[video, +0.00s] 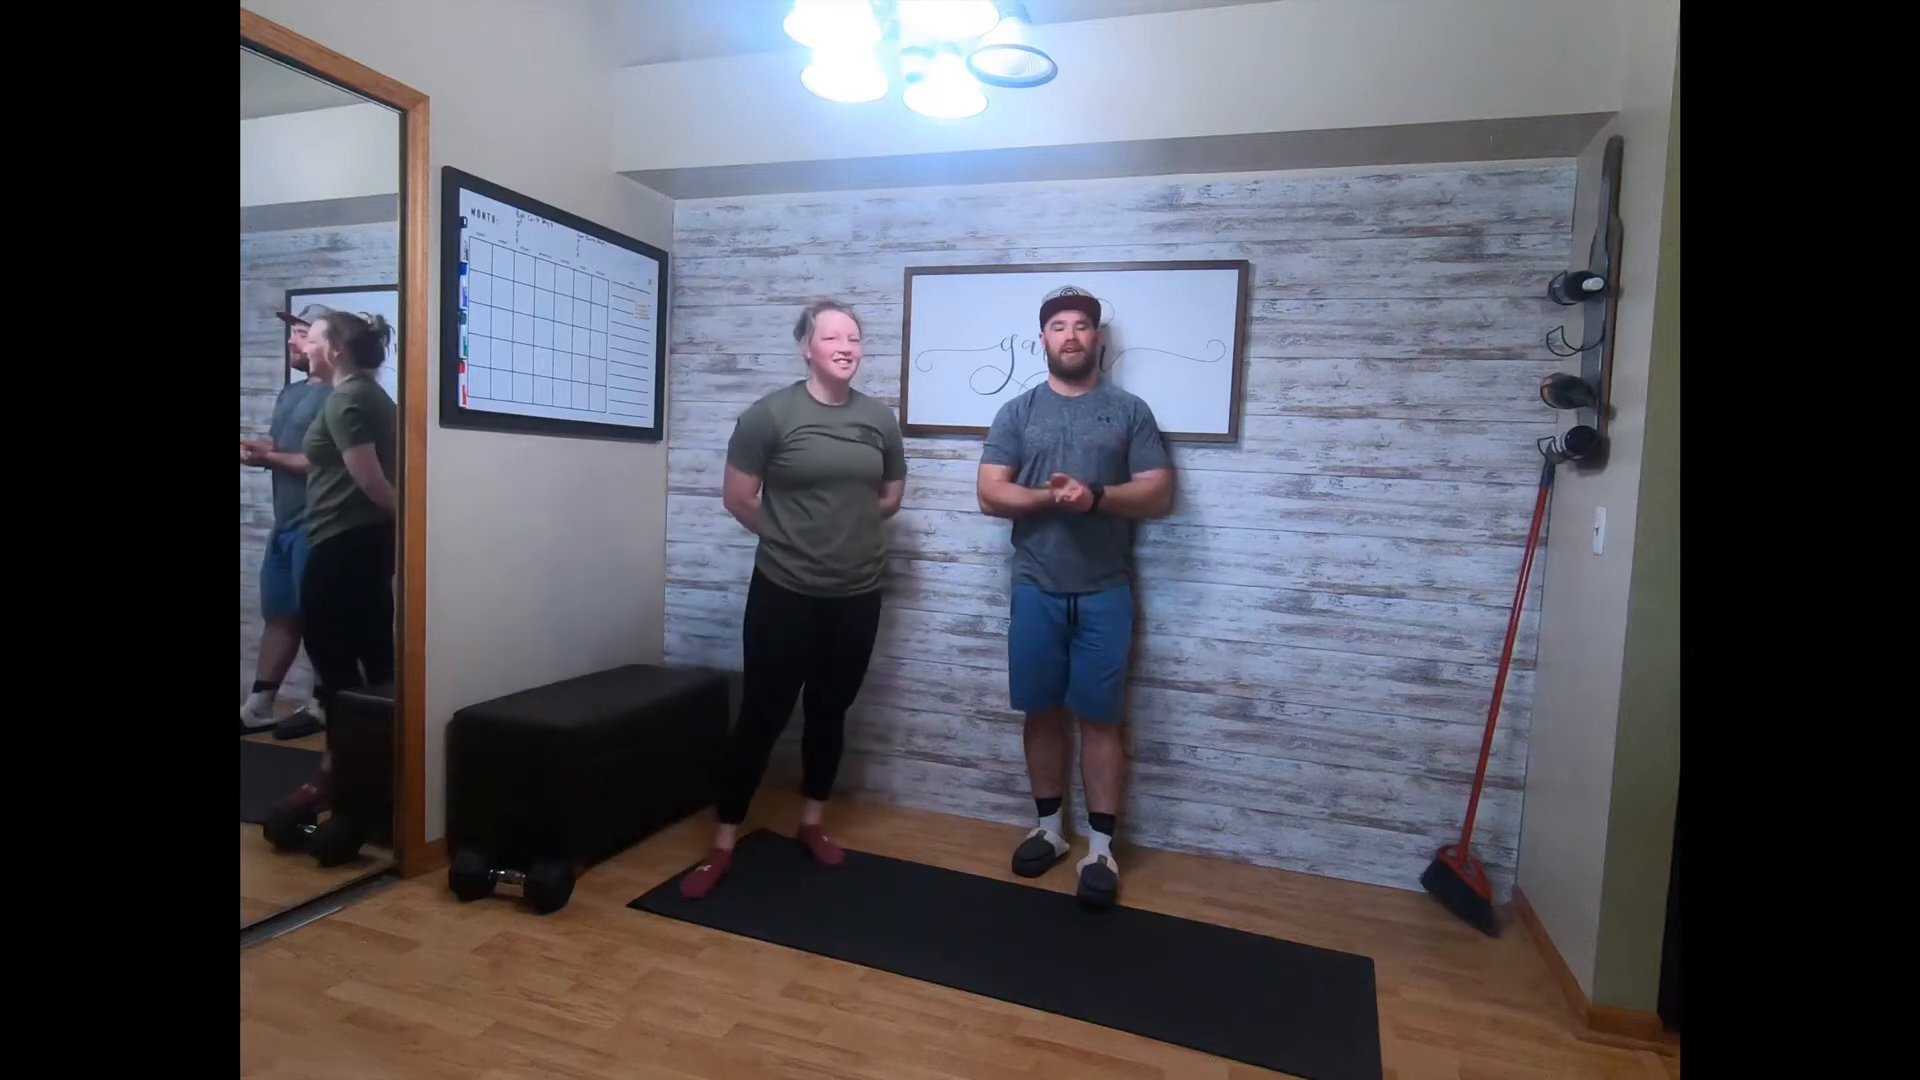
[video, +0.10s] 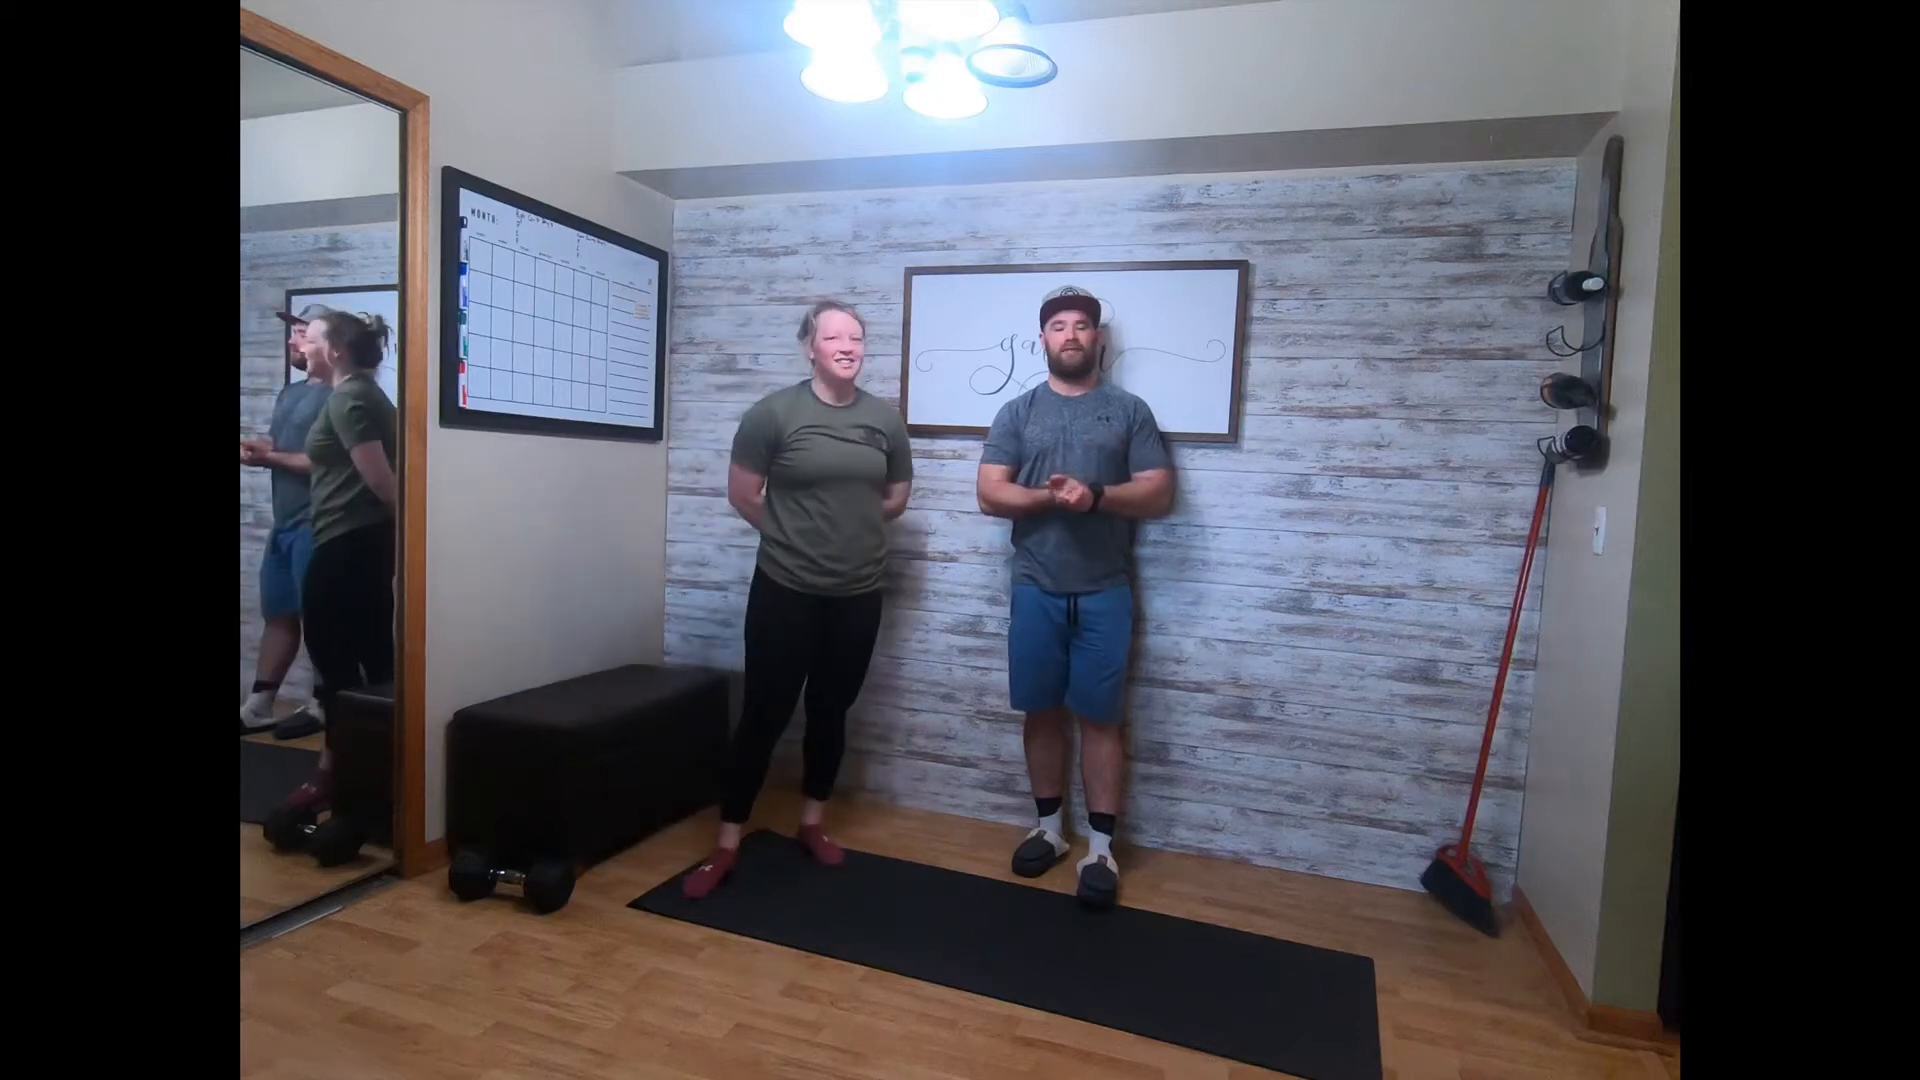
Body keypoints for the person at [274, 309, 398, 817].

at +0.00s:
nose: (312, 347)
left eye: (318, 340)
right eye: (315, 339)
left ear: (337, 351)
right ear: (362, 354)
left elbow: (370, 477)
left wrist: (410, 513)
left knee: (326, 646)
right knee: (377, 644)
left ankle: (347, 756)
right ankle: (390, 749)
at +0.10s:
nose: (309, 347)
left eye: (316, 340)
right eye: (312, 339)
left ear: (336, 352)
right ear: (357, 354)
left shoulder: (349, 399)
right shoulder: (366, 396)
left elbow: (382, 479)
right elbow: (326, 462)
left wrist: (419, 519)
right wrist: (271, 456)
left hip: (347, 542)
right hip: (370, 538)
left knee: (329, 648)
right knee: (376, 648)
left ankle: (341, 766)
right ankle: (387, 759)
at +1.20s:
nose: (309, 342)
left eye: (318, 335)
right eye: (310, 334)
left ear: (347, 343)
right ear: (349, 344)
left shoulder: (360, 389)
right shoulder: (346, 391)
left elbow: (399, 444)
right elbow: (337, 466)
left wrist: (384, 500)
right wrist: (283, 457)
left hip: (356, 542)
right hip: (340, 542)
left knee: (361, 657)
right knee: (357, 655)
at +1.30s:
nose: (311, 341)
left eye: (320, 334)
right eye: (312, 333)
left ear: (349, 343)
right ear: (351, 344)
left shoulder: (362, 386)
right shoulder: (348, 390)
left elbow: (390, 444)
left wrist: (336, 486)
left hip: (357, 543)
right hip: (343, 541)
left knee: (357, 651)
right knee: (349, 649)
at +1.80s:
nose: (315, 338)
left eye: (326, 331)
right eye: (318, 330)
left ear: (356, 342)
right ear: (348, 344)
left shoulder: (369, 386)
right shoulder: (346, 389)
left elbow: (358, 449)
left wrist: (318, 417)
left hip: (360, 543)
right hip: (340, 541)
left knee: (357, 655)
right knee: (346, 651)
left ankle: (375, 758)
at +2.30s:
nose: (309, 355)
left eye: (313, 343)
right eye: (308, 345)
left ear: (341, 343)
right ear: (348, 344)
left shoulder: (376, 392)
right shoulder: (349, 393)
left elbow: (333, 450)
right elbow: (329, 455)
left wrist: (324, 403)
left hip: (364, 548)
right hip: (342, 547)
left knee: (358, 655)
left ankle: (373, 756)